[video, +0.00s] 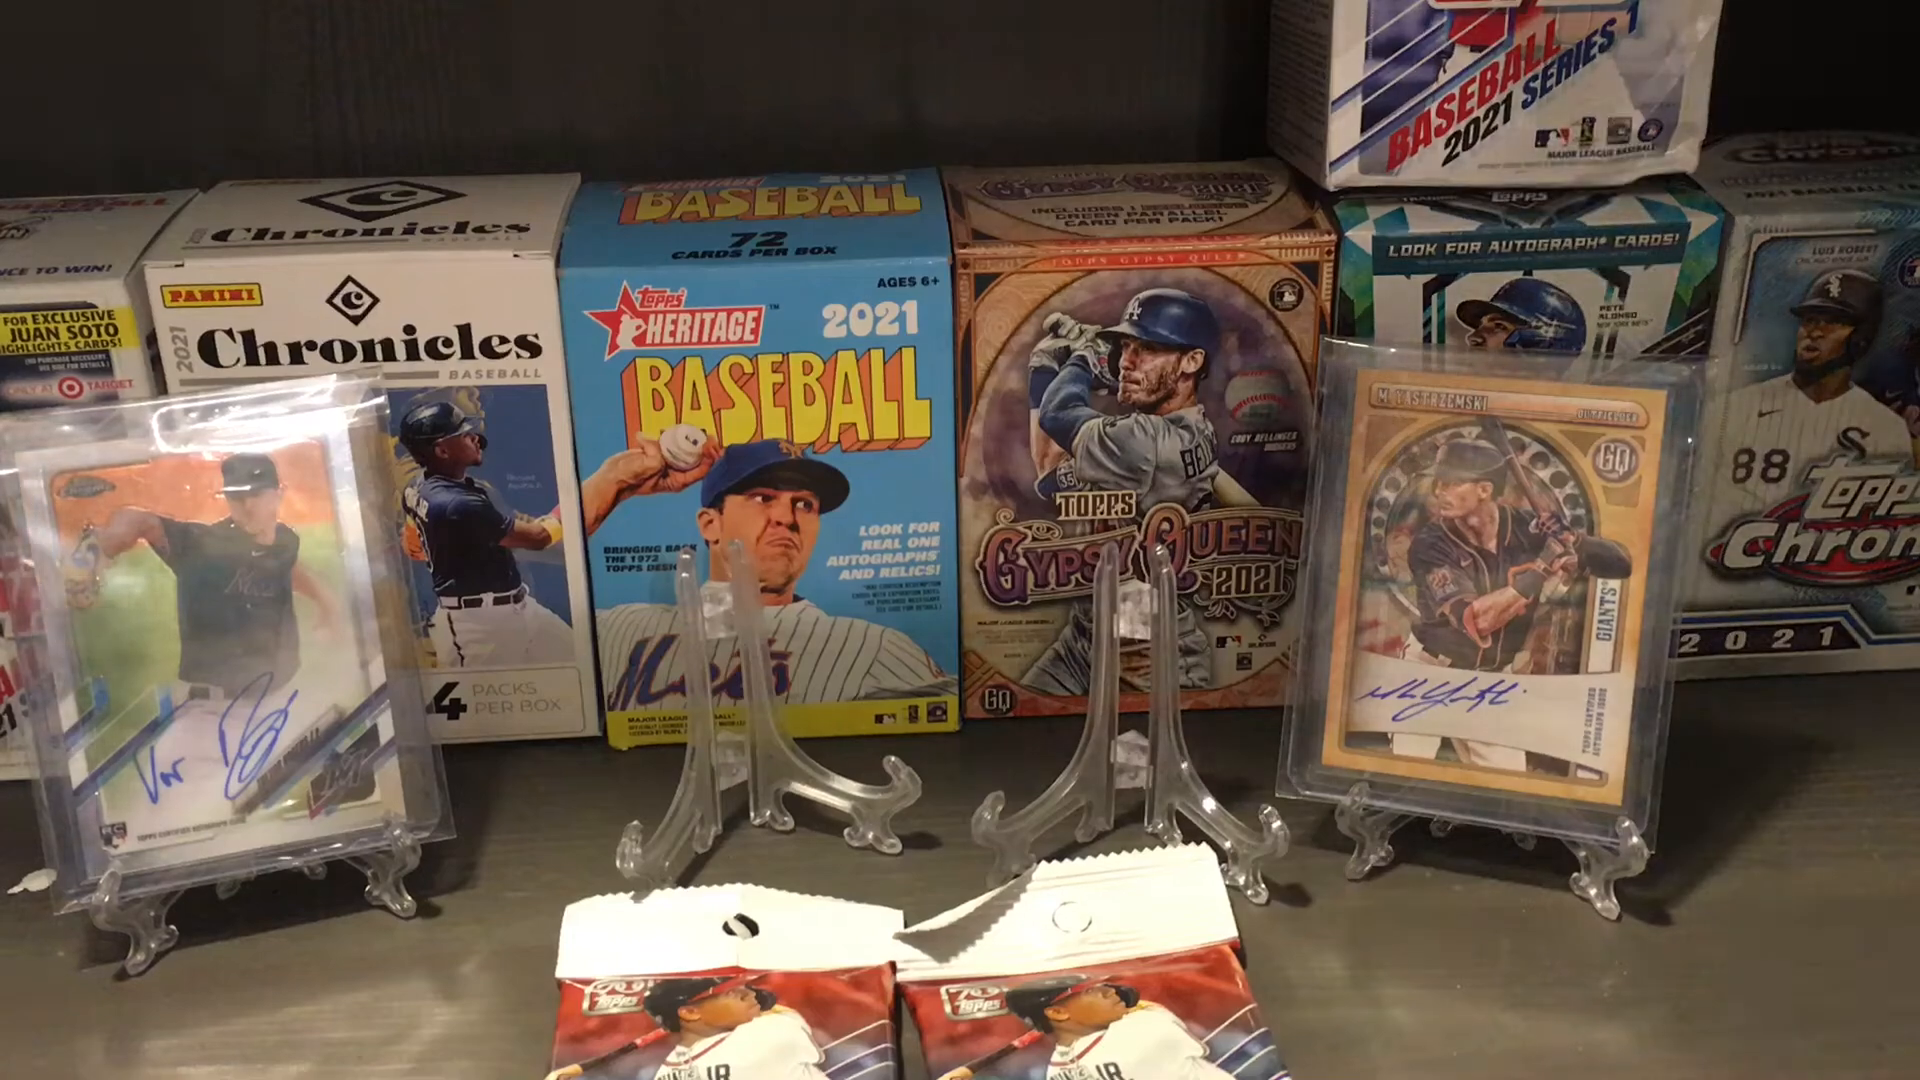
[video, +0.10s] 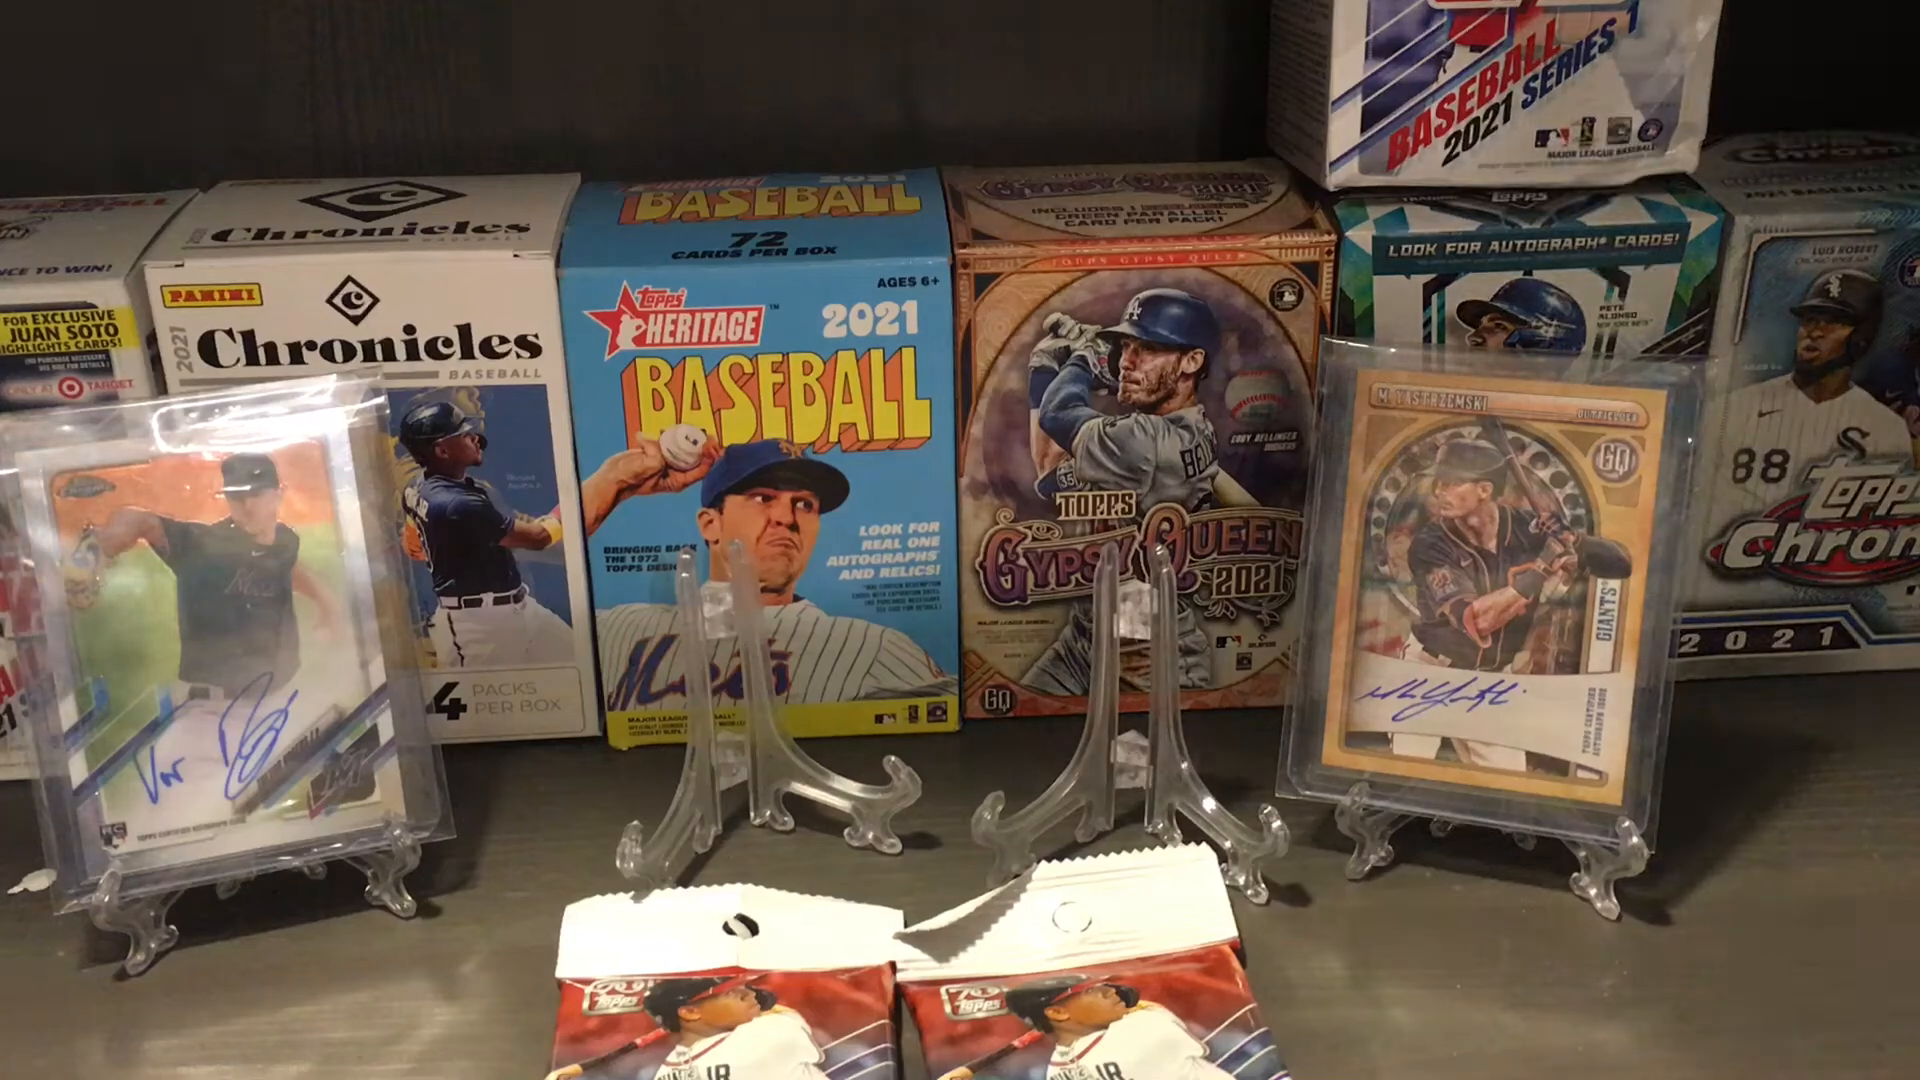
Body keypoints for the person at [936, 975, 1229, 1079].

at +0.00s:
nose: (1107, 989)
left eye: (1096, 984)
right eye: (1089, 989)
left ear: (1059, 1014)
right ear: (1059, 1013)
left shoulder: (1055, 1074)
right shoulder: (1153, 1024)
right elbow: (1144, 1004)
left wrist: (965, 1074)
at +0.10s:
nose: (1108, 989)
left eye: (1096, 984)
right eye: (1089, 989)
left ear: (1059, 1014)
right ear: (1059, 1013)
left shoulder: (1055, 1074)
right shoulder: (1153, 1024)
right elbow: (1144, 1004)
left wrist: (965, 1074)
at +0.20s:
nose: (1108, 989)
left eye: (1096, 984)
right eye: (1089, 989)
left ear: (1059, 1014)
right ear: (1059, 1013)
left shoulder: (1055, 1074)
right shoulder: (1153, 1024)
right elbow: (1144, 1004)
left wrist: (966, 1074)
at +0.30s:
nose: (1107, 989)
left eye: (1096, 984)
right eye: (1089, 989)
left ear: (1059, 1014)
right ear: (1059, 1013)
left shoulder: (1055, 1074)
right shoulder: (1153, 1024)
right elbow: (1144, 1004)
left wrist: (967, 1074)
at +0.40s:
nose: (1107, 989)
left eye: (1096, 984)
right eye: (1089, 989)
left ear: (1059, 1014)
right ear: (1059, 1013)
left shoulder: (1055, 1074)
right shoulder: (1153, 1024)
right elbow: (1144, 1004)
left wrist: (967, 1074)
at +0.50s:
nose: (1108, 989)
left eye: (1096, 984)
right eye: (1089, 990)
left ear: (1059, 1014)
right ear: (1059, 1014)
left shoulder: (1055, 1074)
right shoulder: (1153, 1025)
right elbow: (1143, 1004)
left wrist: (964, 1075)